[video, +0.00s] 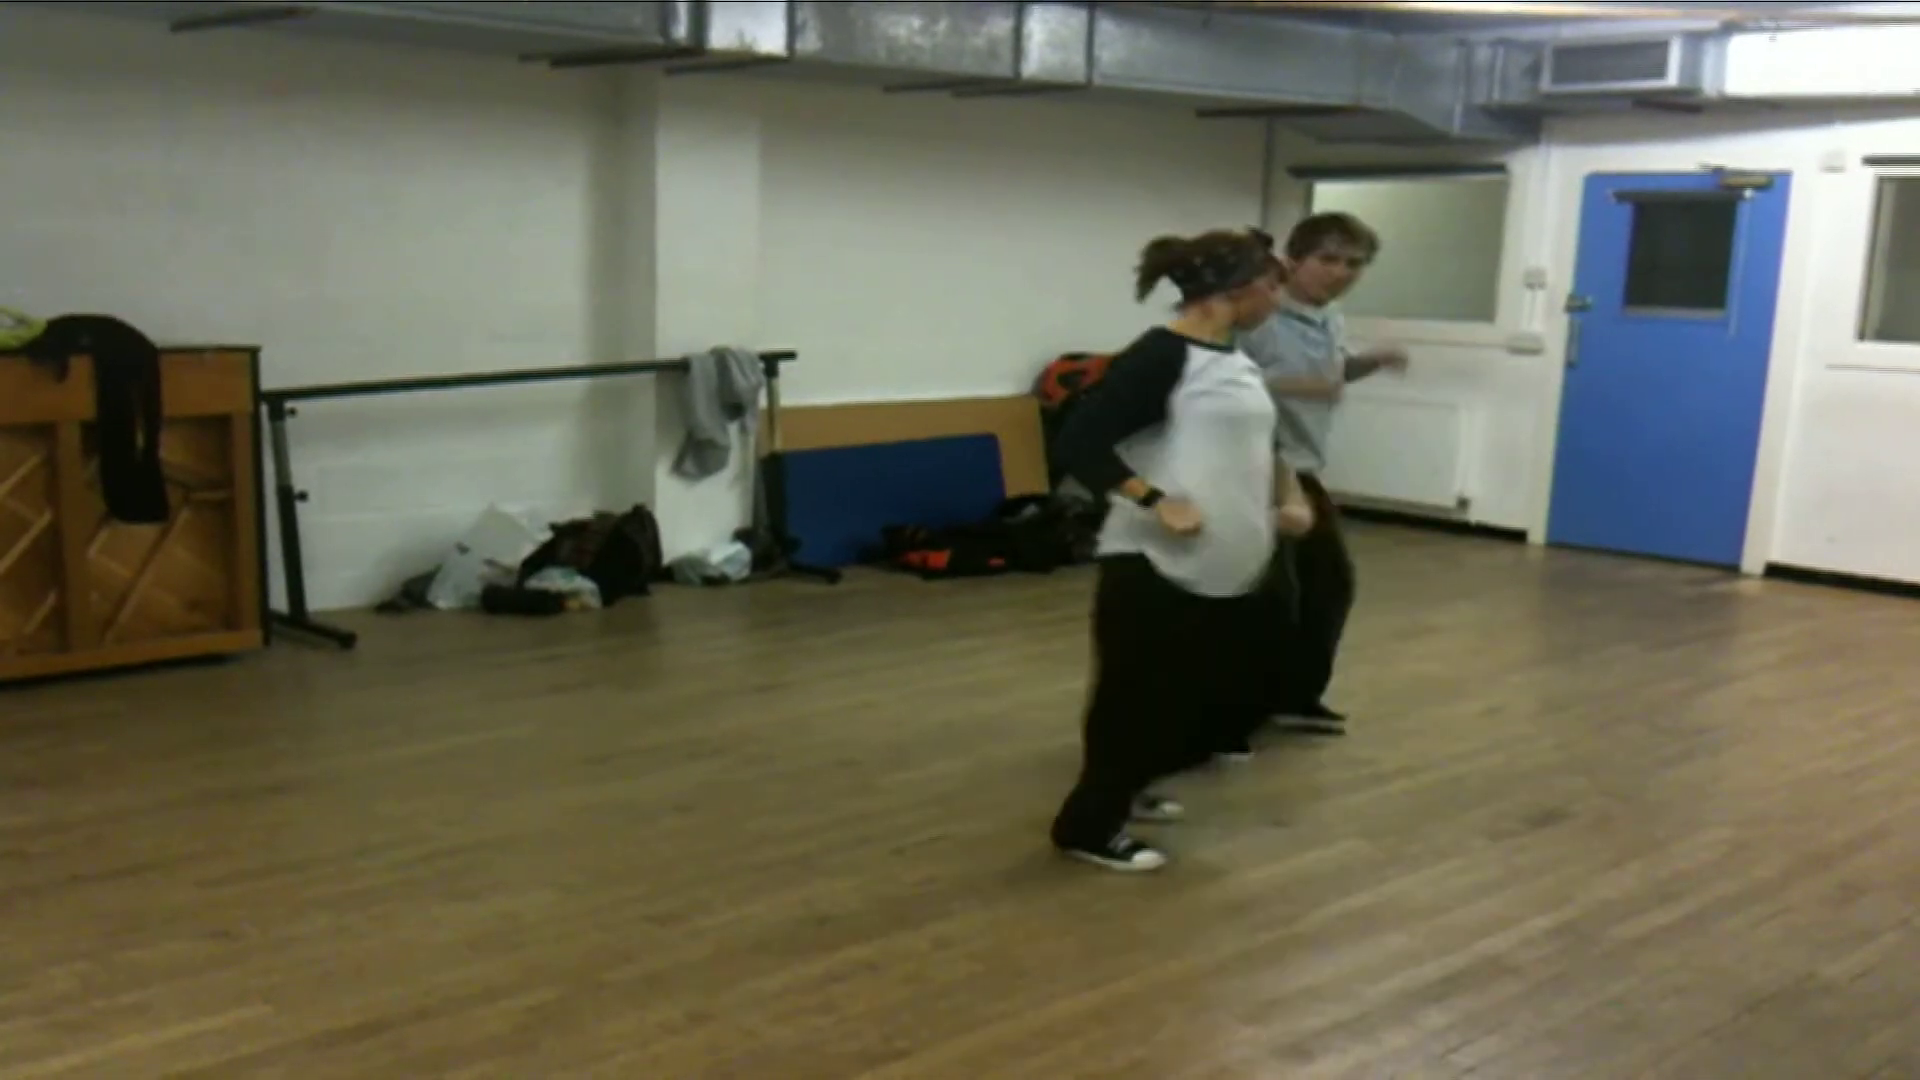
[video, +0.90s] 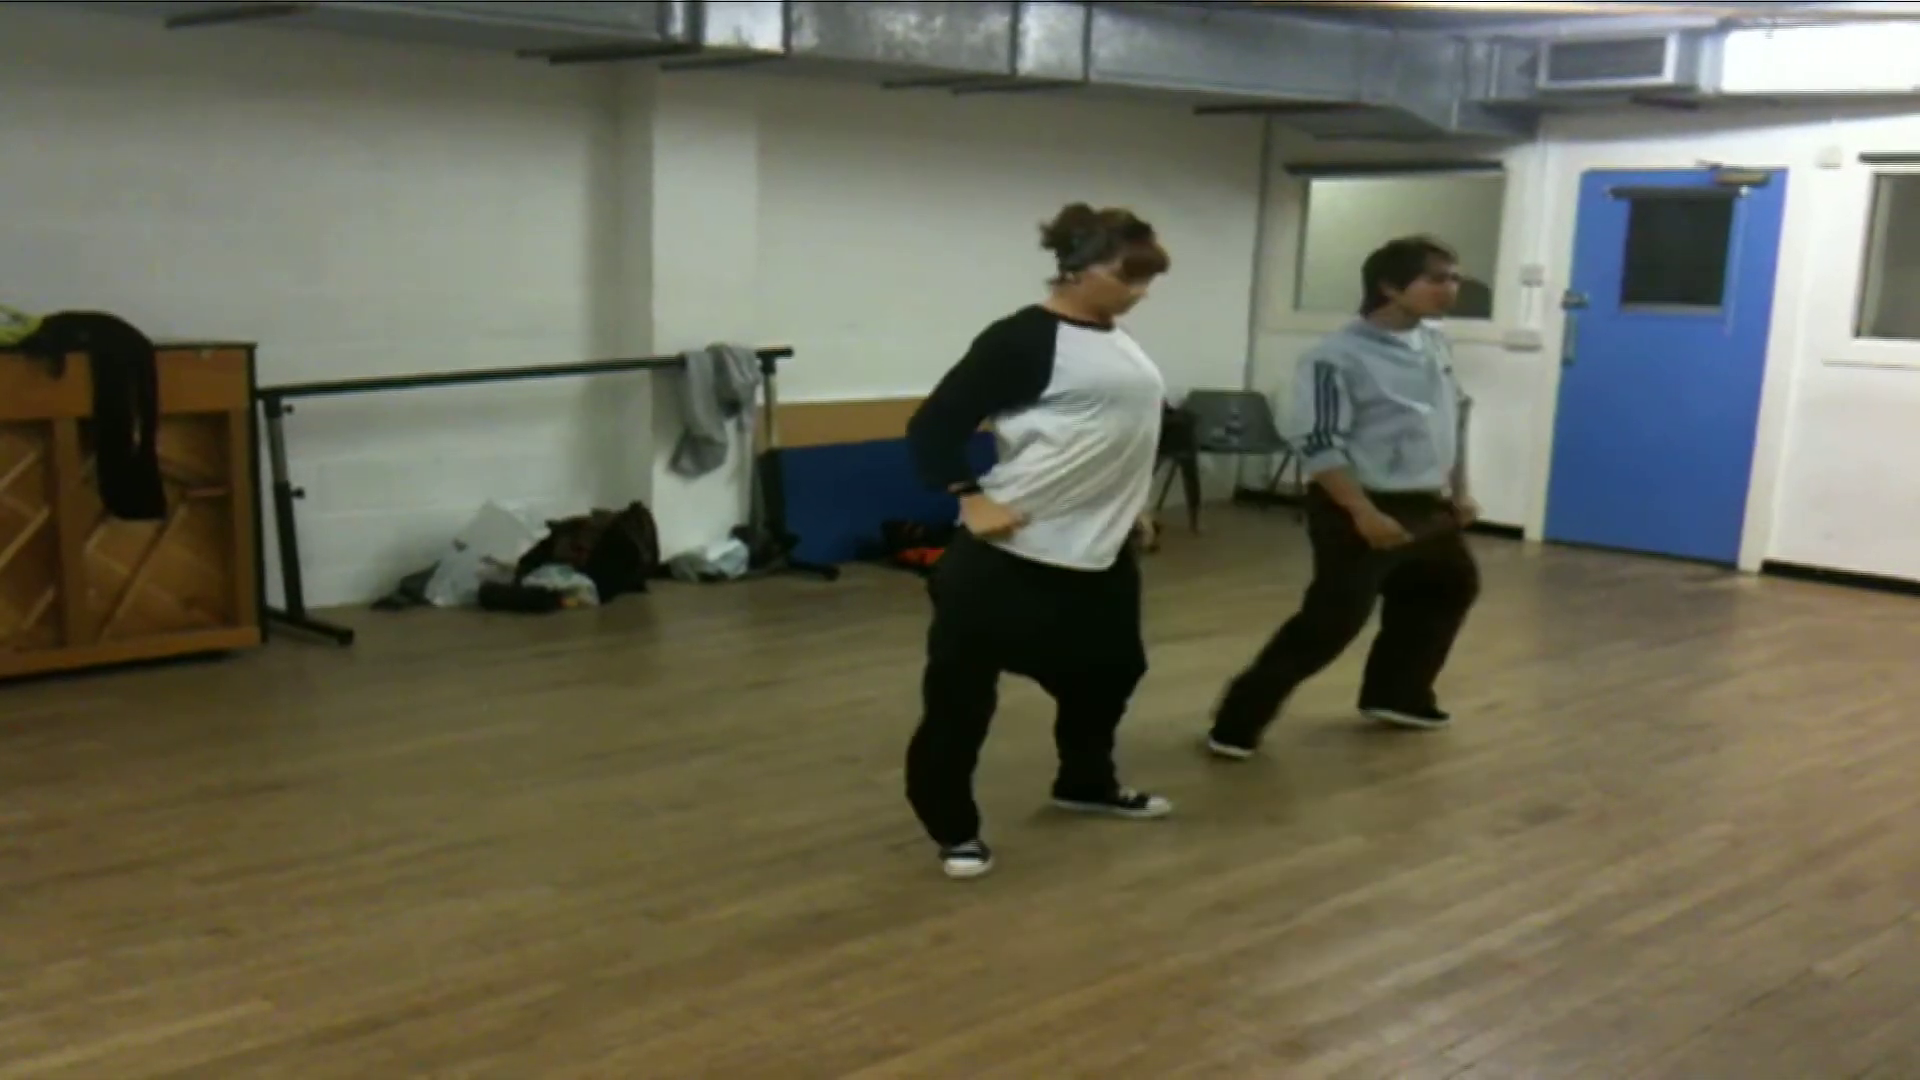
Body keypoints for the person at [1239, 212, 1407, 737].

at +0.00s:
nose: (1342, 274)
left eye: (1352, 265)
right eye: (1332, 260)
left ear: (1356, 272)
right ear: (1296, 260)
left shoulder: (1327, 321)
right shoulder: (1257, 316)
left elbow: (1328, 373)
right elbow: (1233, 379)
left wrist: (1373, 362)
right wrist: (1296, 385)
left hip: (1305, 473)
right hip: (1263, 472)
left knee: (1332, 581)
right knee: (1273, 590)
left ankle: (1300, 695)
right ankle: (1243, 707)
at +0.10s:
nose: (1367, 293)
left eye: (1376, 283)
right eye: (1356, 279)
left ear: (1379, 289)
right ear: (1323, 280)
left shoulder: (1348, 338)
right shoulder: (1280, 329)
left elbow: (1332, 401)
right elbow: (1239, 397)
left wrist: (1365, 433)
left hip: (1305, 482)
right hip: (1254, 481)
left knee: (1329, 589)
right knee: (1265, 596)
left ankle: (1300, 699)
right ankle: (1216, 714)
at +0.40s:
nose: (1416, 347)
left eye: (1420, 337)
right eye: (1408, 333)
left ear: (1372, 335)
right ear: (1364, 330)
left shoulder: (1368, 389)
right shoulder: (1293, 363)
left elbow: (1310, 453)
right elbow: (1272, 459)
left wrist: (1328, 498)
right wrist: (1307, 507)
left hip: (1297, 511)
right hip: (1240, 508)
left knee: (1368, 596)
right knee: (1267, 621)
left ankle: (1299, 689)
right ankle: (1187, 723)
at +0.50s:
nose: (1434, 347)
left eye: (1437, 338)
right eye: (1425, 335)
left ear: (1384, 337)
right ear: (1381, 334)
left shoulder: (1364, 386)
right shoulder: (1320, 370)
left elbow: (1313, 458)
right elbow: (1284, 460)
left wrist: (1336, 498)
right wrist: (1304, 523)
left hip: (1298, 514)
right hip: (1247, 514)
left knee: (1375, 574)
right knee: (1271, 621)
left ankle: (1347, 686)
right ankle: (1185, 722)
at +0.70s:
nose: (1459, 305)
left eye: (1459, 294)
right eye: (1449, 295)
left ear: (1418, 307)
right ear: (1409, 305)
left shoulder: (1419, 357)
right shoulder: (1374, 362)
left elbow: (1367, 435)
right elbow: (1298, 438)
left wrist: (1373, 499)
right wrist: (1307, 513)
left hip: (1347, 498)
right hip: (1296, 496)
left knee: (1376, 589)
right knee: (1282, 617)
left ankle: (1388, 698)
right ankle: (1180, 723)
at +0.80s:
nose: (1455, 292)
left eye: (1455, 282)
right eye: (1444, 281)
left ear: (1406, 291)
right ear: (1398, 289)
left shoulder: (1414, 353)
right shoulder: (1355, 355)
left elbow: (1392, 441)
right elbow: (1315, 449)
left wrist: (1411, 509)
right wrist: (1347, 514)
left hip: (1388, 504)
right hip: (1334, 503)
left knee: (1419, 583)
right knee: (1307, 616)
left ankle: (1396, 693)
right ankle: (1202, 715)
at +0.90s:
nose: (1450, 290)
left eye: (1451, 280)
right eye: (1438, 279)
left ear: (1404, 291)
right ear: (1396, 288)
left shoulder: (1431, 346)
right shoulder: (1335, 356)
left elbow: (1446, 427)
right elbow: (1318, 452)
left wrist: (1455, 491)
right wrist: (1363, 512)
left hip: (1422, 505)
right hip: (1351, 506)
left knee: (1448, 584)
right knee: (1337, 612)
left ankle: (1395, 691)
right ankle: (1239, 717)